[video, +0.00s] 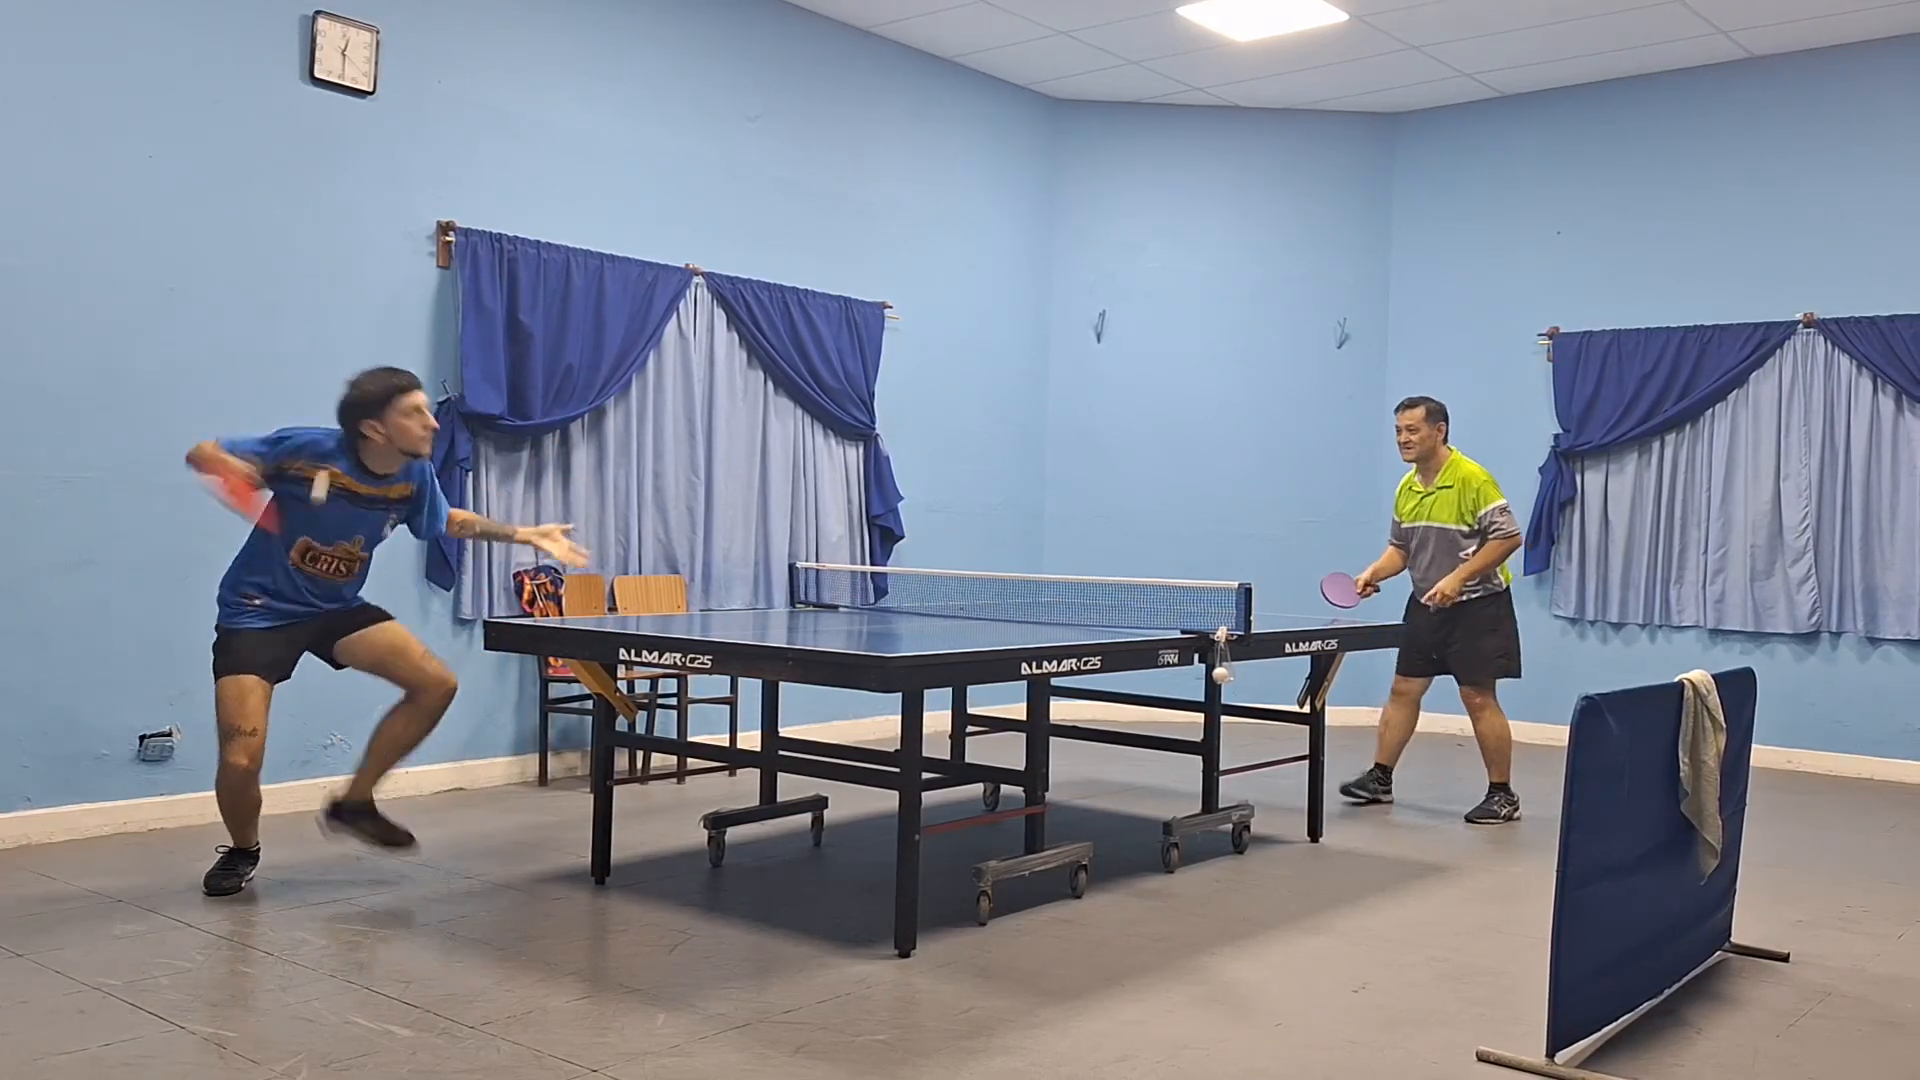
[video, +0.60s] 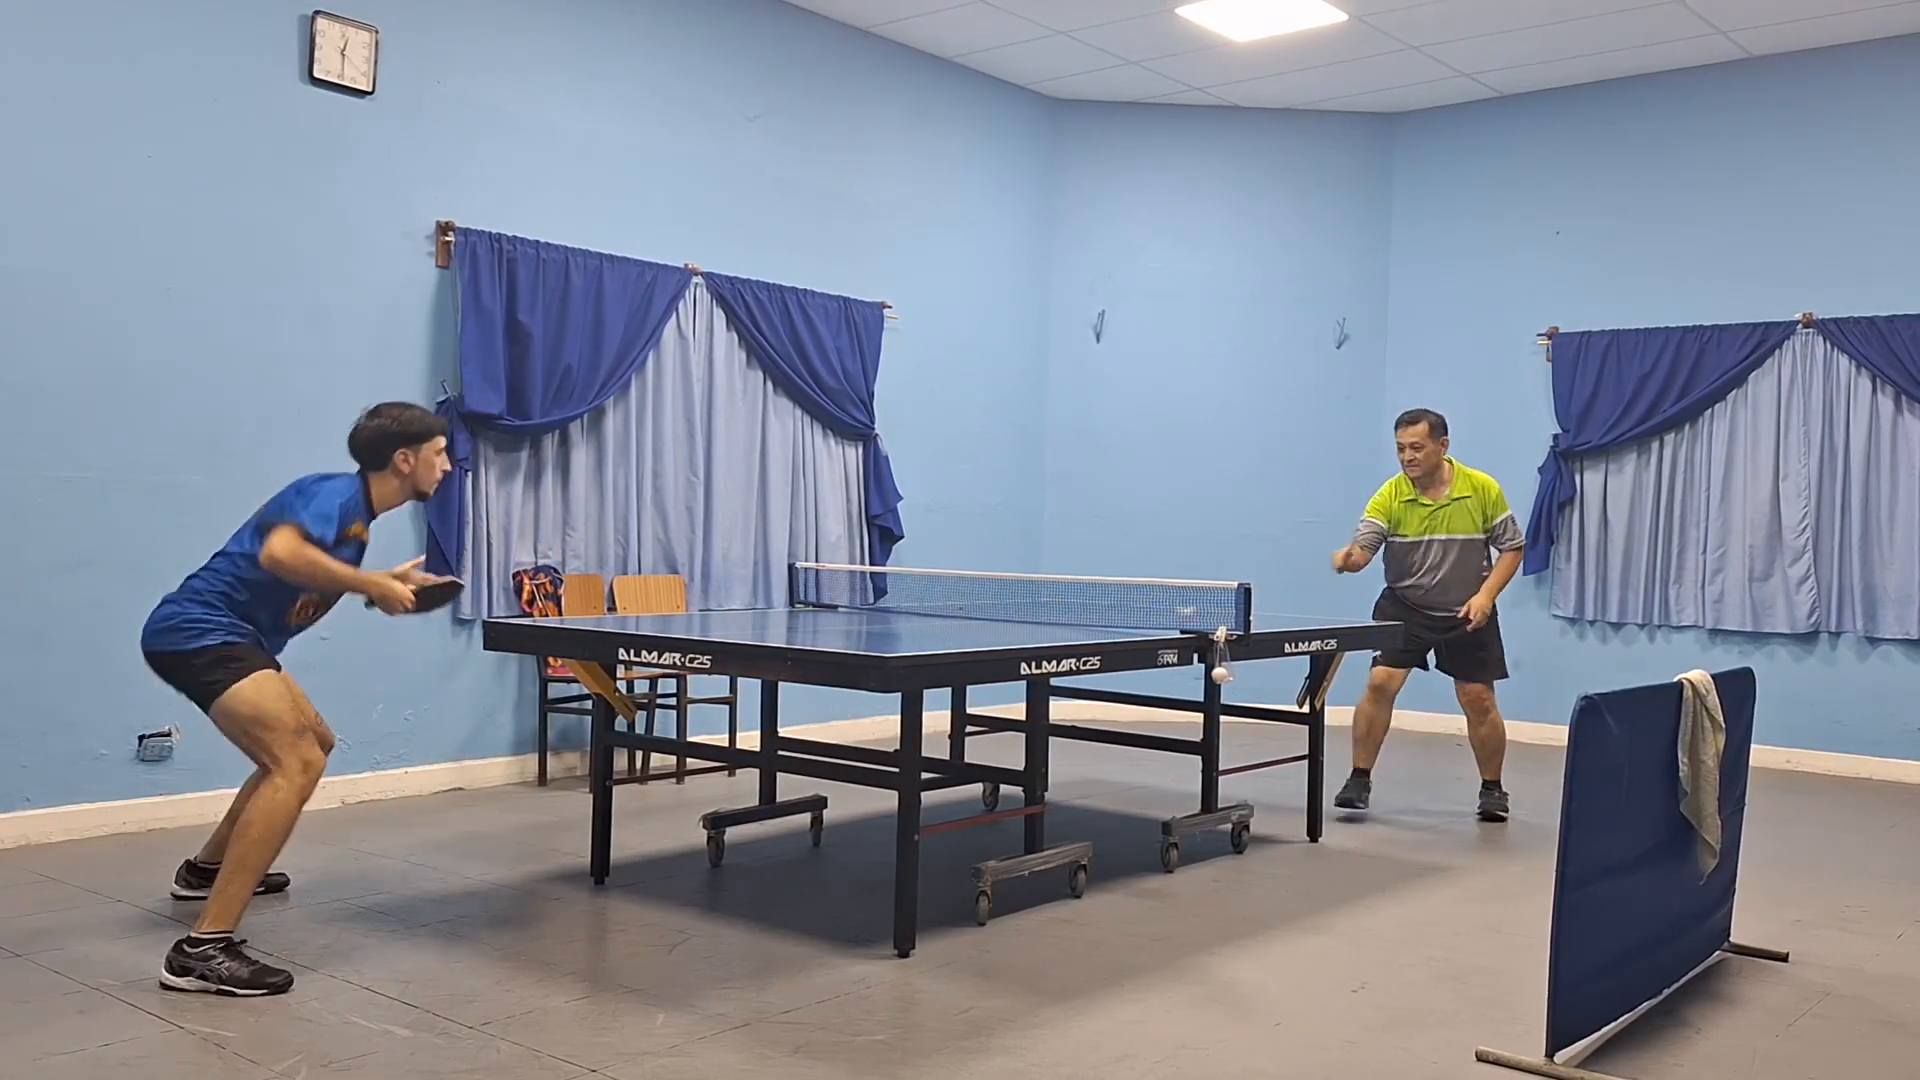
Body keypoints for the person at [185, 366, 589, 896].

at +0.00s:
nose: (432, 422)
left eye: (428, 411)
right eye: (417, 414)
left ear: (384, 430)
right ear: (374, 430)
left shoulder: (416, 474)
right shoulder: (308, 449)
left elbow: (448, 521)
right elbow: (200, 453)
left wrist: (523, 533)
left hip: (335, 609)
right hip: (257, 610)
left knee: (435, 684)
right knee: (240, 759)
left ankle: (353, 802)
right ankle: (242, 849)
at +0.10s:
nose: (476, 472)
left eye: (477, 460)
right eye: (468, 460)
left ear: (429, 462)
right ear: (426, 460)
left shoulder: (424, 503)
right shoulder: (358, 459)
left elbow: (434, 538)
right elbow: (258, 434)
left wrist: (508, 552)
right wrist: (336, 499)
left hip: (324, 613)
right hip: (250, 611)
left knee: (417, 708)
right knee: (246, 766)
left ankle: (377, 849)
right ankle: (238, 845)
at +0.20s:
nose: (496, 475)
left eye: (497, 463)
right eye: (491, 462)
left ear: (455, 461)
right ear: (455, 460)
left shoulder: (416, 505)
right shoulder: (379, 459)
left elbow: (409, 538)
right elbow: (283, 445)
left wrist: (480, 556)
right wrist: (366, 503)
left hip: (323, 615)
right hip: (254, 610)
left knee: (416, 708)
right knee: (271, 759)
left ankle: (377, 850)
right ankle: (203, 814)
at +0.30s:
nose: (494, 451)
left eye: (495, 439)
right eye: (490, 438)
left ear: (455, 439)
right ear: (455, 436)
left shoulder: (412, 490)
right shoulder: (381, 440)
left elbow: (390, 531)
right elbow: (296, 439)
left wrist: (453, 550)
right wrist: (376, 502)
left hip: (317, 603)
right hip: (254, 591)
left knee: (397, 708)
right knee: (286, 738)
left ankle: (376, 849)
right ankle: (155, 799)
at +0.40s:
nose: (486, 436)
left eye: (488, 424)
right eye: (482, 423)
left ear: (445, 422)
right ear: (448, 421)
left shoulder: (389, 476)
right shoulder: (377, 431)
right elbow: (299, 439)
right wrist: (371, 511)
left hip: (282, 583)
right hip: (233, 570)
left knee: (352, 699)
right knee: (286, 719)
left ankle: (345, 845)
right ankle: (151, 848)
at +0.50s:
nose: (469, 444)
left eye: (469, 431)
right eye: (463, 431)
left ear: (428, 433)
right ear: (428, 432)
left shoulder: (374, 495)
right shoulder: (360, 452)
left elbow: (308, 569)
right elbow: (285, 478)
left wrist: (325, 571)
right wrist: (380, 548)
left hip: (256, 601)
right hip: (215, 592)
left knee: (323, 724)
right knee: (276, 741)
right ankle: (195, 918)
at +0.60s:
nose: (448, 466)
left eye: (446, 453)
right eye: (441, 454)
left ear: (401, 460)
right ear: (404, 459)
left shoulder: (353, 526)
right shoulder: (337, 494)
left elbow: (292, 601)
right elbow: (278, 551)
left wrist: (379, 582)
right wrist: (370, 584)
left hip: (228, 633)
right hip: (197, 628)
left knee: (314, 742)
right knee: (297, 759)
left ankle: (212, 864)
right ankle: (206, 945)